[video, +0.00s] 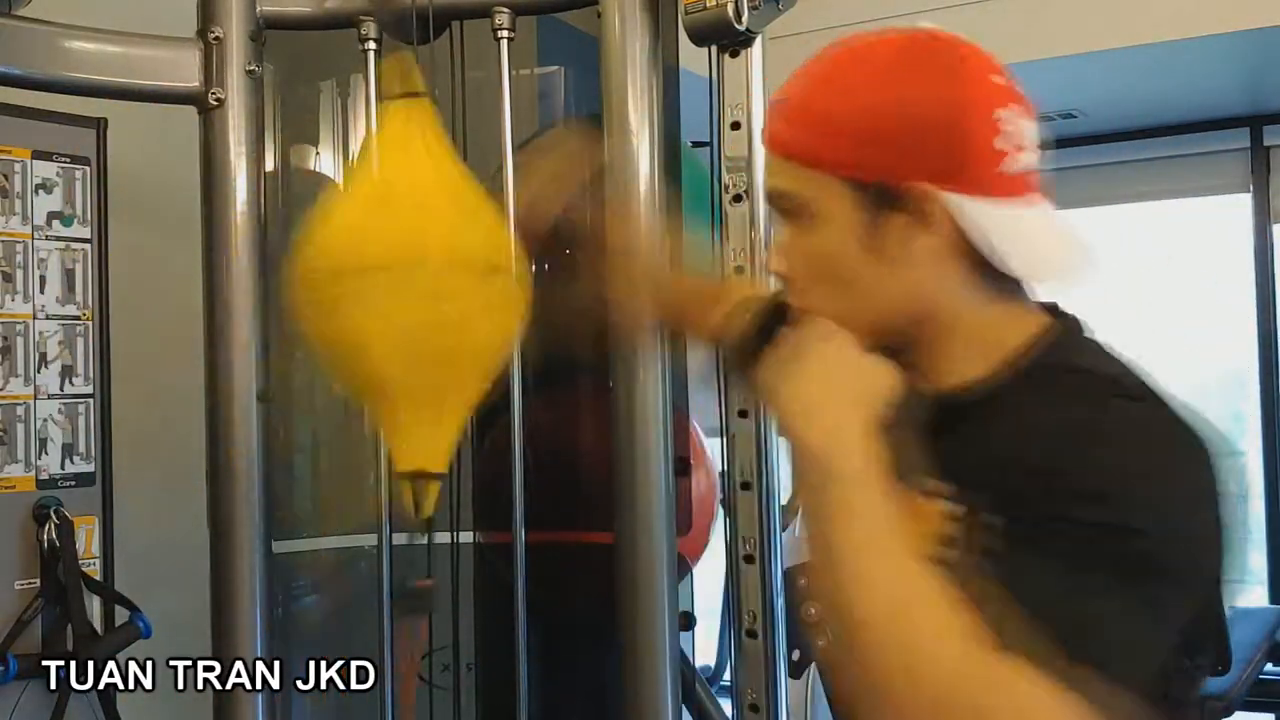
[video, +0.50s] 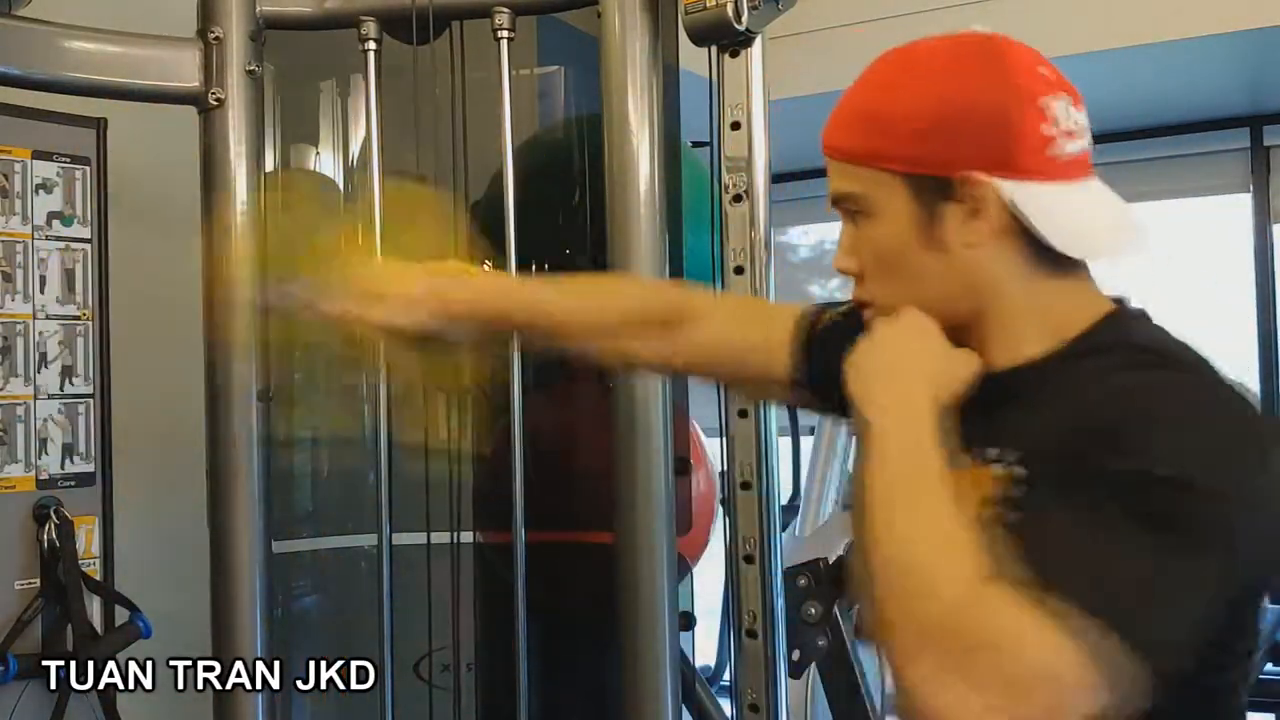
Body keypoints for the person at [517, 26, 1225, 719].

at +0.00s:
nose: (774, 261)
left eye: (795, 216)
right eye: (777, 217)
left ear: (918, 222)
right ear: (917, 227)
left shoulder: (1129, 454)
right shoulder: (904, 381)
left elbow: (971, 703)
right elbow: (773, 325)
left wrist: (838, 448)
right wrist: (647, 281)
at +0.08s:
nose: (805, 284)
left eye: (836, 243)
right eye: (808, 242)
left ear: (975, 253)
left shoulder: (1190, 463)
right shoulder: (824, 388)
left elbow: (1144, 704)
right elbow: (640, 371)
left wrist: (953, 499)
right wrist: (575, 407)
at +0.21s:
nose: (855, 320)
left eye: (896, 280)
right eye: (856, 276)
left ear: (1044, 289)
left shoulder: (1234, 487)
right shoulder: (838, 420)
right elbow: (575, 534)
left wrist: (1035, 536)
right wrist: (786, 532)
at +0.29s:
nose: (847, 309)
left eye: (881, 266)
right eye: (852, 265)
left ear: (1026, 274)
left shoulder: (1229, 477)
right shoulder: (846, 415)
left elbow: (1237, 711)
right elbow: (606, 507)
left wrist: (1037, 553)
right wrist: (883, 505)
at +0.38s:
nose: (839, 287)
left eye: (864, 238)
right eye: (842, 241)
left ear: (1002, 245)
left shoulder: (1221, 447)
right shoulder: (866, 392)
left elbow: (1159, 708)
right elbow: (602, 420)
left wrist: (985, 476)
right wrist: (835, 435)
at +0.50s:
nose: (841, 253)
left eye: (856, 216)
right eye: (840, 218)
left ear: (971, 214)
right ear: (964, 219)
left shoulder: (1189, 433)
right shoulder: (939, 363)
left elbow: (984, 690)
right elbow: (682, 325)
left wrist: (899, 414)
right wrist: (464, 295)